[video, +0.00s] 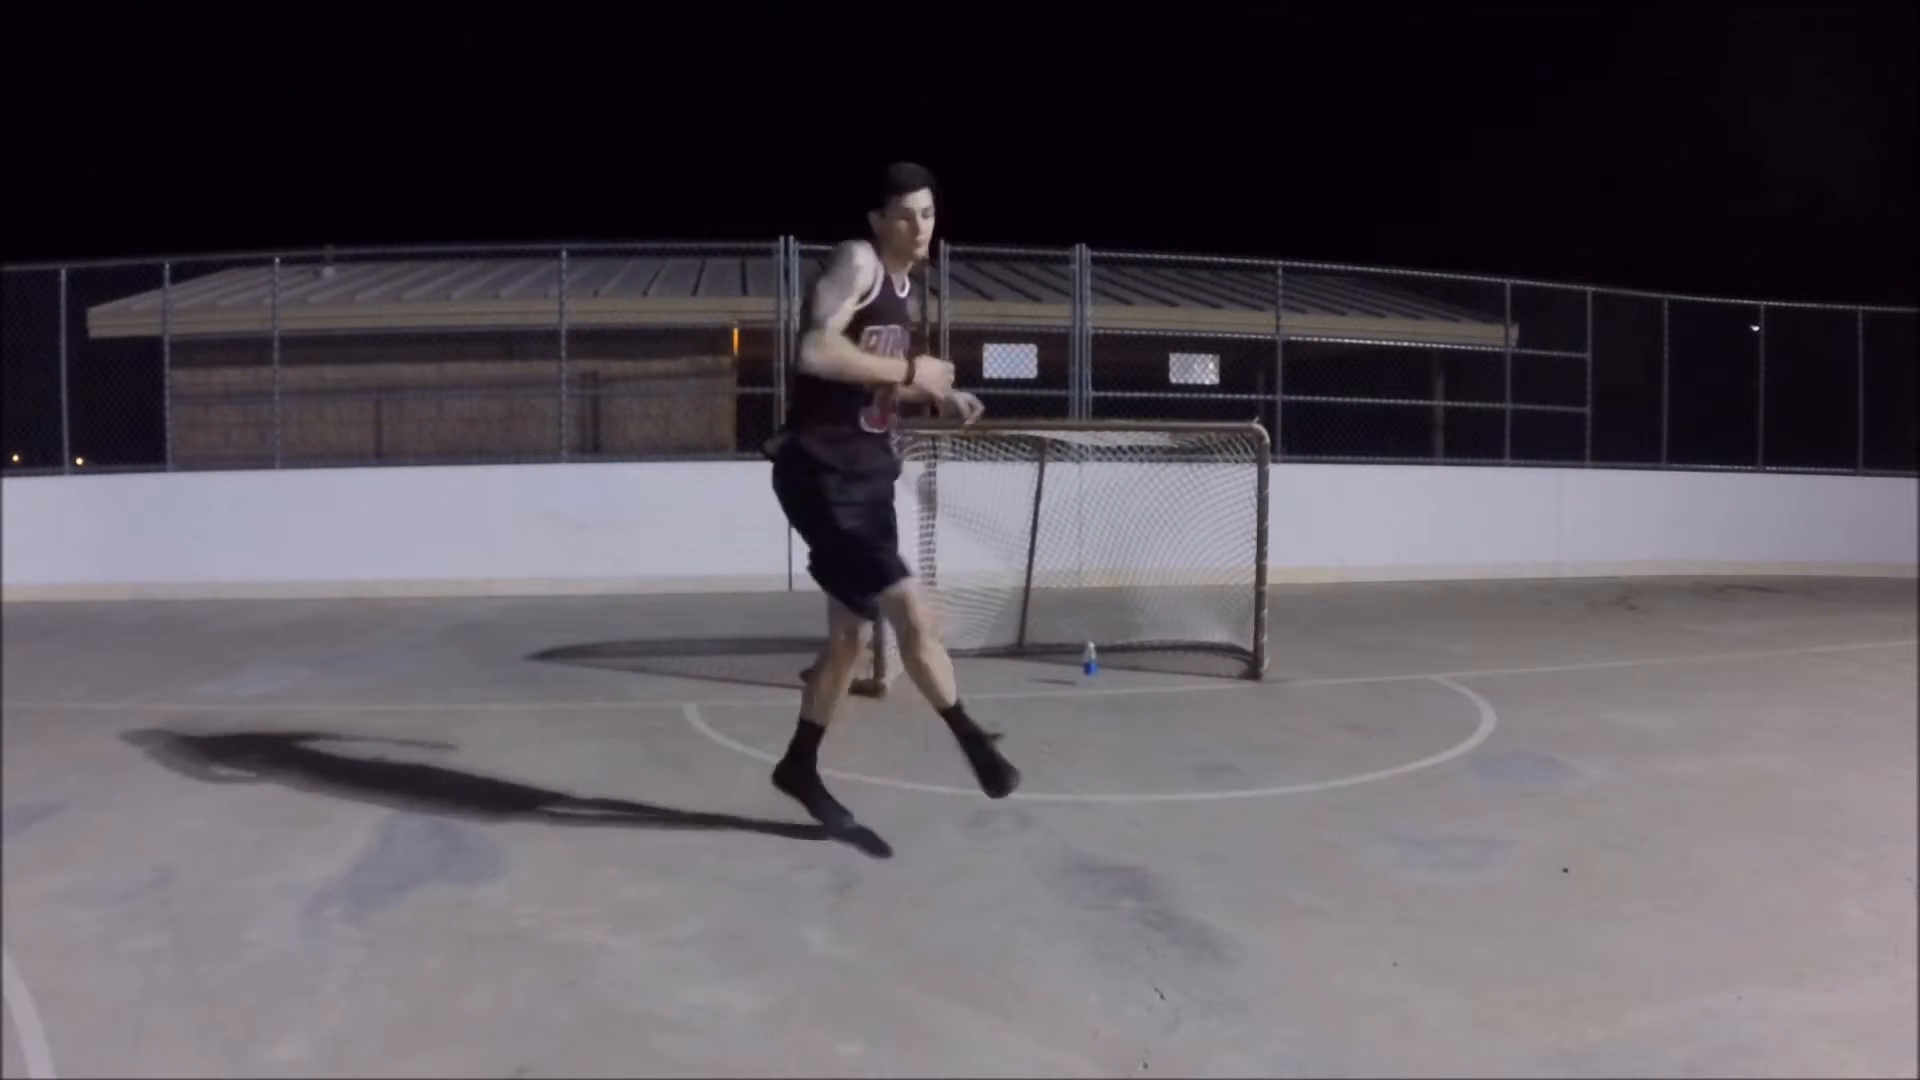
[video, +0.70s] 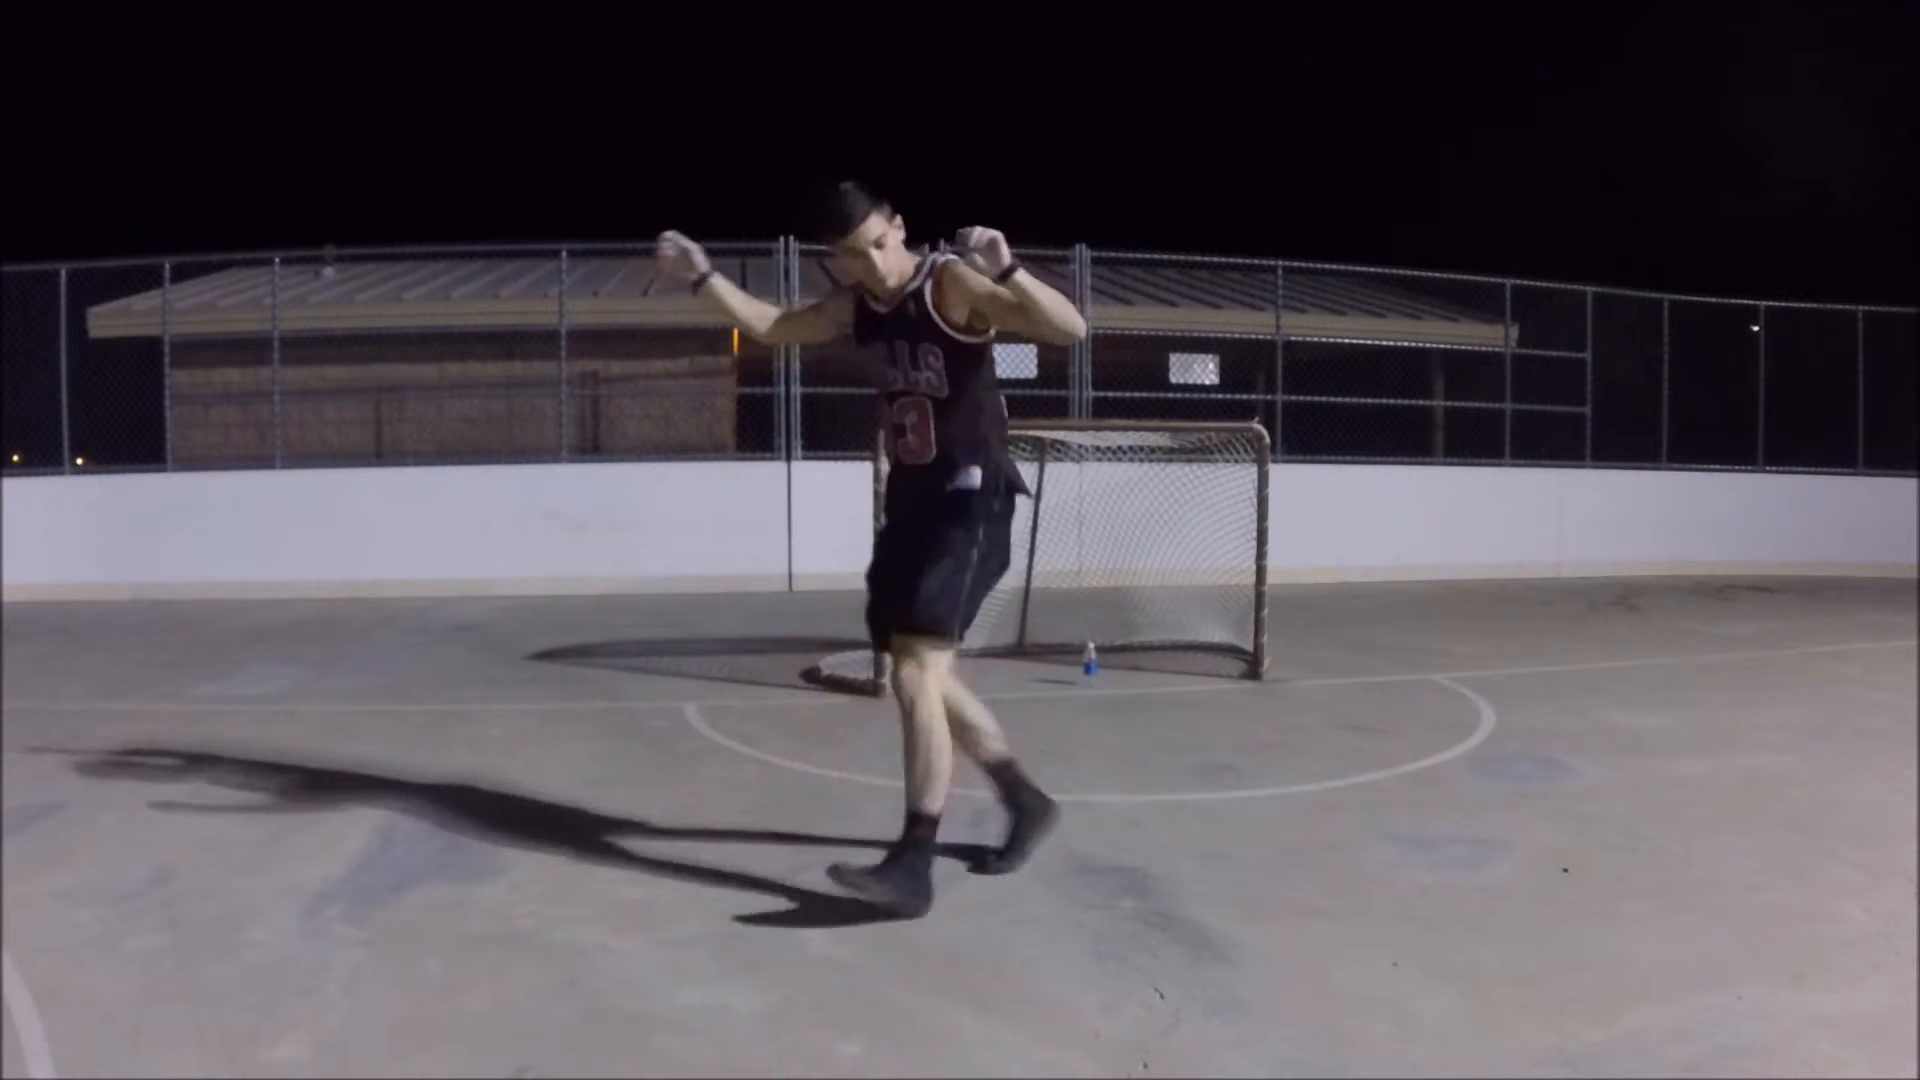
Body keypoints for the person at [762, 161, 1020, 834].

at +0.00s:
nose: (922, 227)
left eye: (928, 216)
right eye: (908, 216)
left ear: (933, 222)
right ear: (878, 221)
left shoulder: (905, 280)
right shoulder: (856, 261)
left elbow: (875, 377)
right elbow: (814, 353)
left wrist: (937, 397)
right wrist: (911, 371)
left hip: (868, 467)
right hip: (821, 467)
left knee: (849, 636)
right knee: (913, 612)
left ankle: (797, 766)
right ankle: (972, 738)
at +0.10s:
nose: (897, 257)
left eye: (906, 244)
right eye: (885, 246)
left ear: (921, 245)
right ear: (863, 247)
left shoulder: (920, 313)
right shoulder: (823, 302)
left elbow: (932, 362)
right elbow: (770, 393)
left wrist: (997, 395)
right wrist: (840, 418)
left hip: (884, 492)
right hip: (816, 493)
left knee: (857, 636)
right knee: (874, 626)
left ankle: (842, 775)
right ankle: (956, 781)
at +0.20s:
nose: (879, 293)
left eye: (887, 279)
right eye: (866, 283)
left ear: (902, 276)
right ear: (842, 282)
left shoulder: (924, 343)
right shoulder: (810, 347)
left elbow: (994, 380)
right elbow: (752, 412)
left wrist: (1072, 393)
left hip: (890, 547)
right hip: (820, 546)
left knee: (869, 693)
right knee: (831, 690)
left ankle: (843, 782)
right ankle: (878, 843)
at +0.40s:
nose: (836, 273)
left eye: (844, 257)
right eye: (822, 261)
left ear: (867, 240)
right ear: (805, 256)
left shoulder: (926, 294)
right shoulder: (798, 318)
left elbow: (1019, 324)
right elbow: (723, 376)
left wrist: (1078, 318)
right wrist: (643, 395)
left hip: (914, 503)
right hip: (833, 504)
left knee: (897, 672)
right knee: (818, 664)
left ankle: (884, 706)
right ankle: (770, 814)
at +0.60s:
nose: (846, 263)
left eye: (851, 243)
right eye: (829, 252)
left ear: (877, 224)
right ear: (815, 253)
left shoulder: (940, 276)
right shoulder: (826, 302)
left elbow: (1050, 323)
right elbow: (740, 327)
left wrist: (1035, 282)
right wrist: (658, 288)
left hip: (951, 484)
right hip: (879, 489)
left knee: (905, 637)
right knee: (850, 662)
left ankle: (970, 758)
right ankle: (868, 804)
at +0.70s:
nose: (851, 268)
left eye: (859, 251)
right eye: (839, 257)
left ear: (894, 232)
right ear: (829, 258)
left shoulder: (954, 283)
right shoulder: (855, 306)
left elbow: (1072, 329)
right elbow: (771, 328)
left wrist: (1012, 274)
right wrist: (704, 276)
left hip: (973, 497)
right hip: (910, 501)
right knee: (914, 672)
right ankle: (1027, 799)